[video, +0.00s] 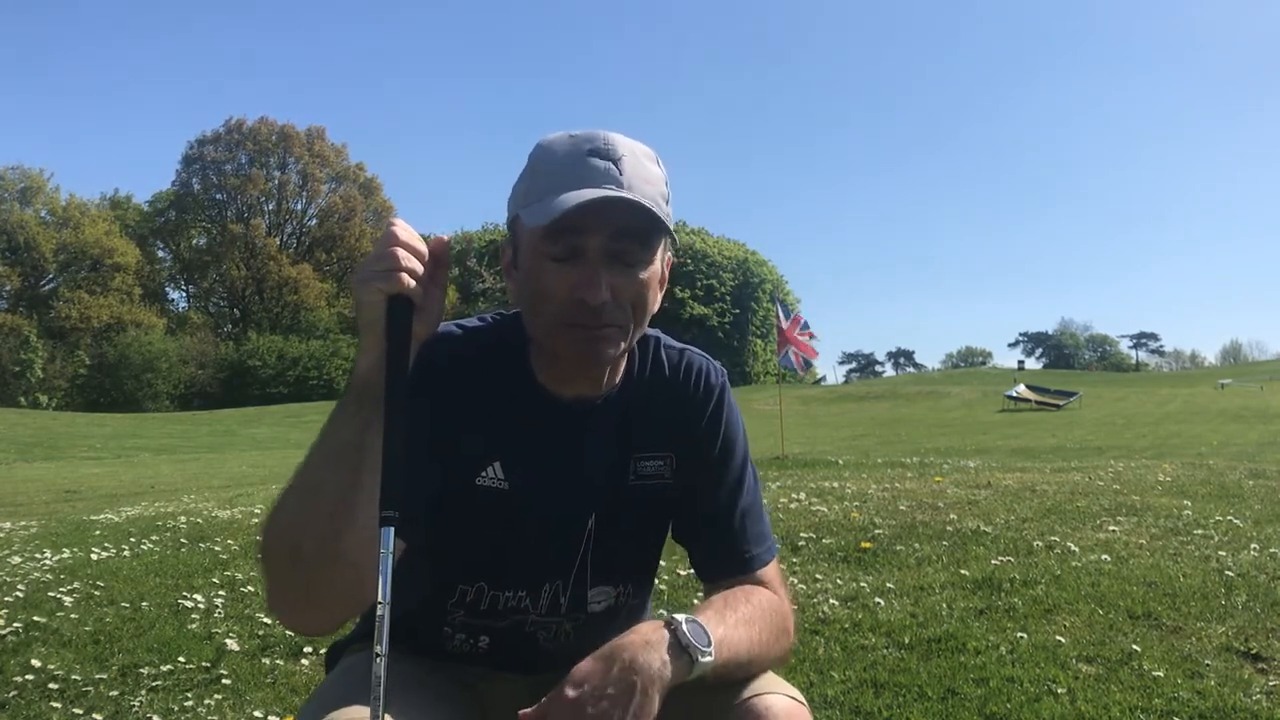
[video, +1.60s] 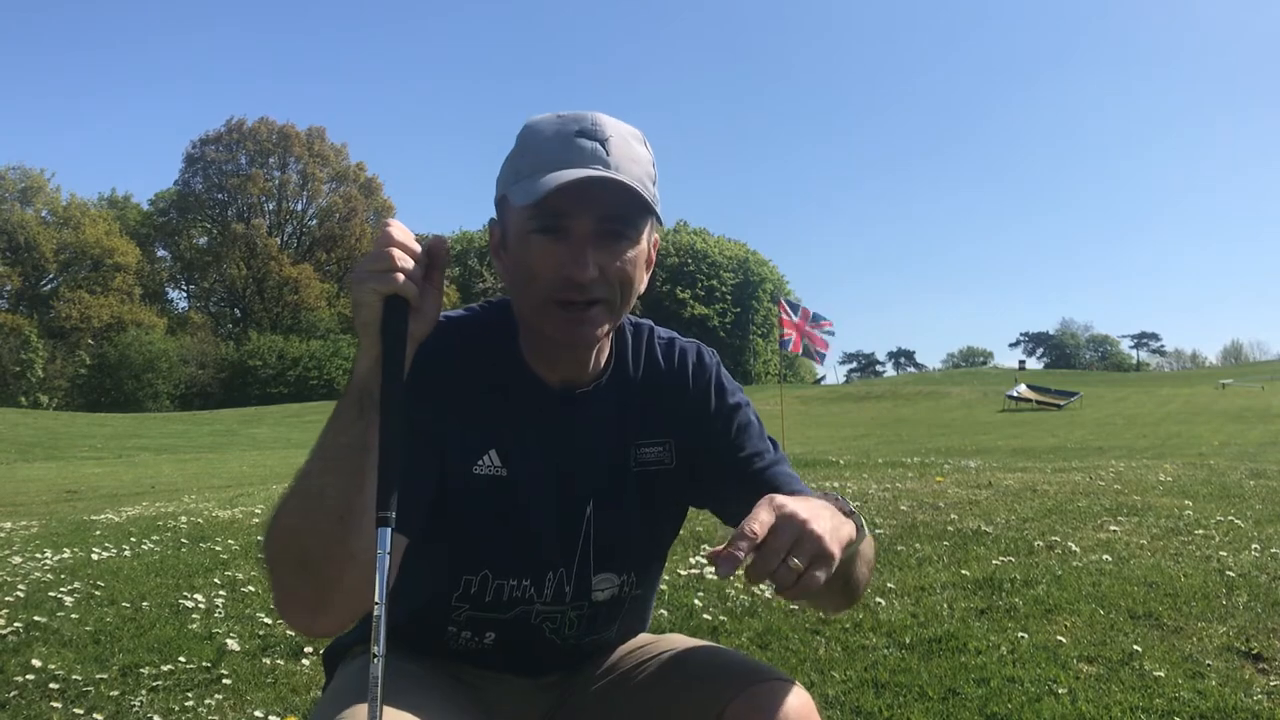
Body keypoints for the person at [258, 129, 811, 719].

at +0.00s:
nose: (596, 289)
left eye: (626, 254)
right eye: (564, 253)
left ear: (663, 275)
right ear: (510, 263)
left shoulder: (689, 390)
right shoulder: (437, 369)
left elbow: (765, 607)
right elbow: (303, 606)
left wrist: (668, 647)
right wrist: (377, 367)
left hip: (612, 670)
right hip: (432, 669)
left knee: (778, 711)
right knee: (346, 715)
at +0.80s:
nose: (610, 316)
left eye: (638, 281)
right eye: (578, 279)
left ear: (668, 278)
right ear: (514, 269)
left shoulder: (692, 392)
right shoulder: (435, 370)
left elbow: (752, 587)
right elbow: (312, 607)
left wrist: (748, 624)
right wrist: (379, 368)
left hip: (606, 672)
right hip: (433, 673)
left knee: (780, 711)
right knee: (352, 715)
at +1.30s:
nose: (600, 295)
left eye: (628, 259)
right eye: (569, 257)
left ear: (659, 261)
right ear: (505, 254)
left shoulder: (683, 379)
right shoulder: (433, 364)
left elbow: (789, 617)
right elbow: (314, 608)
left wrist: (808, 558)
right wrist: (379, 369)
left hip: (606, 665)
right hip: (434, 672)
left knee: (782, 708)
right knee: (371, 712)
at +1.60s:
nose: (584, 268)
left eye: (614, 234)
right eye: (552, 231)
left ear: (650, 253)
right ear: (500, 244)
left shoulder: (682, 376)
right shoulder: (432, 362)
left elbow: (839, 584)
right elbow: (309, 607)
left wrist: (832, 532)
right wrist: (376, 364)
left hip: (605, 665)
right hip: (431, 672)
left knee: (780, 707)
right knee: (368, 713)